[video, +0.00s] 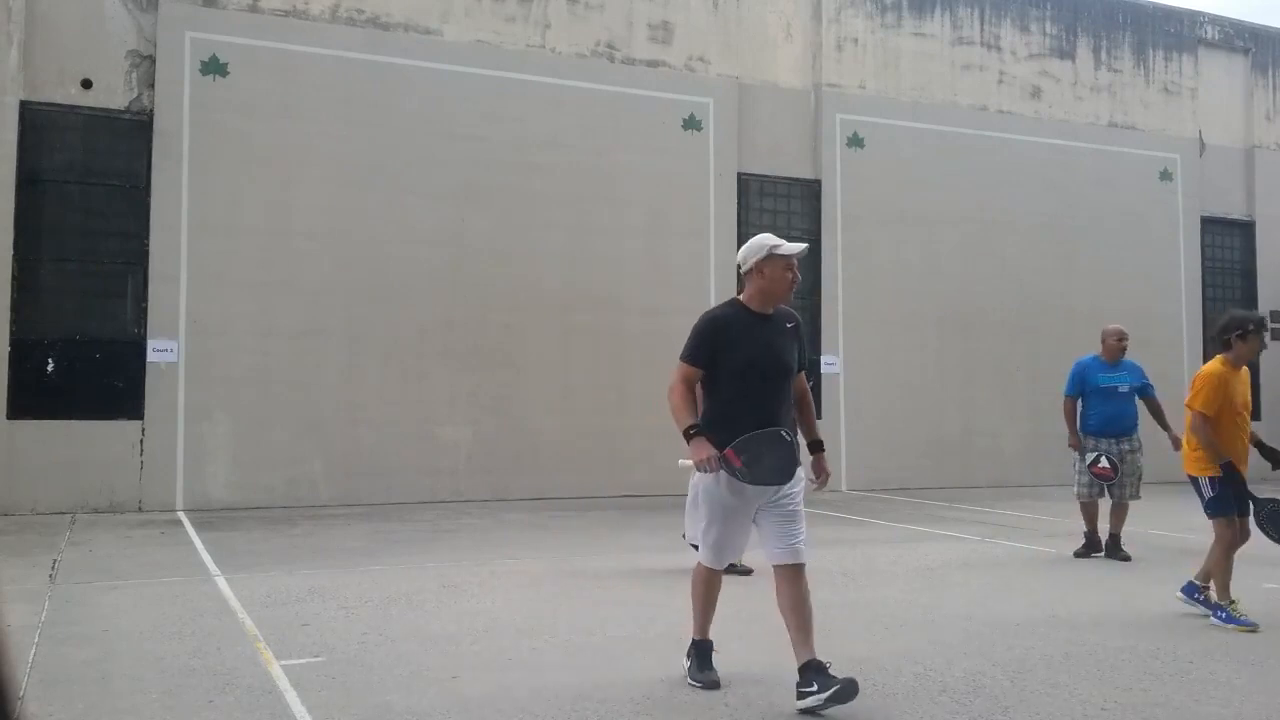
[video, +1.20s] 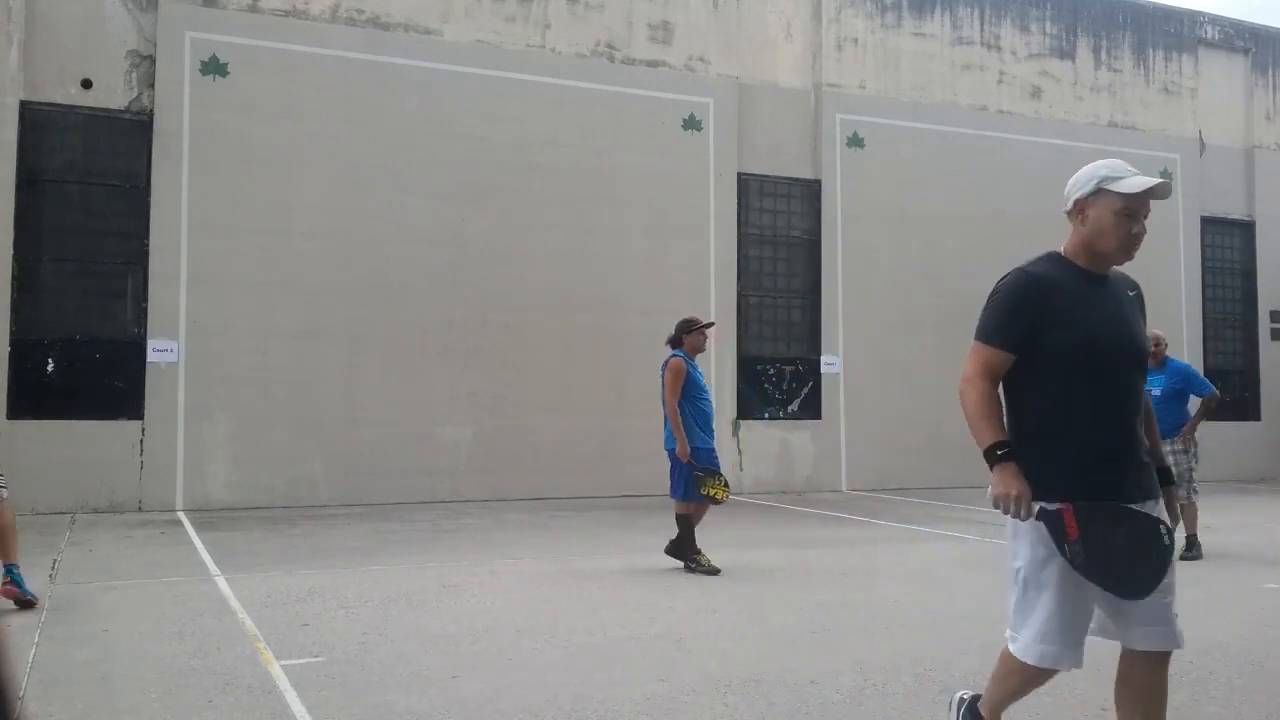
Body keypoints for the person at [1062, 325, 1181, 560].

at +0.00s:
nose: (1124, 344)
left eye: (1125, 340)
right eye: (1118, 340)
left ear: (1127, 343)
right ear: (1104, 343)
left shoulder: (1134, 370)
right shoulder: (1084, 367)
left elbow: (1151, 401)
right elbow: (1069, 401)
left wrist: (1169, 431)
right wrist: (1073, 434)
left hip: (1126, 442)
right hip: (1092, 441)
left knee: (1122, 495)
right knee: (1086, 493)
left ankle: (1114, 543)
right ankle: (1092, 540)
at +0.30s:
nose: (1114, 347)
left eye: (1117, 343)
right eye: (1109, 343)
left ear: (1121, 345)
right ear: (1097, 346)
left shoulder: (1133, 371)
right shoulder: (1083, 373)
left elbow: (1146, 405)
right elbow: (1073, 404)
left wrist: (1144, 434)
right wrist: (1067, 433)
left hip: (1126, 442)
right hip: (1097, 443)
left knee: (1122, 491)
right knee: (1103, 492)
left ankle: (1116, 539)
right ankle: (1117, 536)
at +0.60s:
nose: (1112, 346)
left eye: (1115, 342)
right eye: (1107, 343)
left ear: (1120, 344)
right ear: (1097, 346)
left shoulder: (1134, 367)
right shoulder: (1091, 372)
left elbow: (1145, 401)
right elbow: (1086, 404)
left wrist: (1125, 429)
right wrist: (1081, 435)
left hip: (1134, 437)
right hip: (1106, 438)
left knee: (1133, 488)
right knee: (1111, 488)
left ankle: (1134, 538)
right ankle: (1118, 536)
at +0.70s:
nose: (1116, 346)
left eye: (1119, 341)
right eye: (1110, 343)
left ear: (1124, 344)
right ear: (1100, 346)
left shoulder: (1137, 367)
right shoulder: (1096, 372)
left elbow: (1148, 401)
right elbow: (1091, 404)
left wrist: (1129, 431)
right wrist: (1086, 434)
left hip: (1137, 437)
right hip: (1109, 439)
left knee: (1142, 488)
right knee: (1112, 488)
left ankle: (1154, 538)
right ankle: (1119, 537)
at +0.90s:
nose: (1128, 346)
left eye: (1131, 342)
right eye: (1123, 343)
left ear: (1137, 344)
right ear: (1114, 347)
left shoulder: (1150, 368)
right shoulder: (1109, 372)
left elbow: (1163, 402)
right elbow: (1104, 404)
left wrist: (1149, 431)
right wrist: (1099, 433)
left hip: (1147, 441)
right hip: (1119, 441)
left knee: (1163, 490)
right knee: (1117, 488)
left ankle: (1185, 538)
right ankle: (1119, 537)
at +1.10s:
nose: (1146, 349)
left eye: (1150, 345)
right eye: (1141, 346)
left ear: (1157, 347)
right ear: (1133, 349)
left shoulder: (1172, 371)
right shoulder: (1128, 373)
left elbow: (1196, 401)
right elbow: (1123, 399)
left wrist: (1175, 426)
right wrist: (1117, 426)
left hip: (1168, 442)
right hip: (1139, 444)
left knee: (1178, 494)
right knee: (1131, 492)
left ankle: (1191, 542)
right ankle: (1129, 538)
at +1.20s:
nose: (1155, 349)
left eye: (1158, 345)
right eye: (1151, 346)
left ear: (1166, 346)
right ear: (1145, 348)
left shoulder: (1180, 370)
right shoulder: (1141, 371)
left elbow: (1211, 395)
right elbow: (1135, 404)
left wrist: (1192, 424)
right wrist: (1140, 432)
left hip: (1178, 439)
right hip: (1152, 441)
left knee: (1184, 493)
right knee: (1163, 492)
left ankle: (1191, 541)